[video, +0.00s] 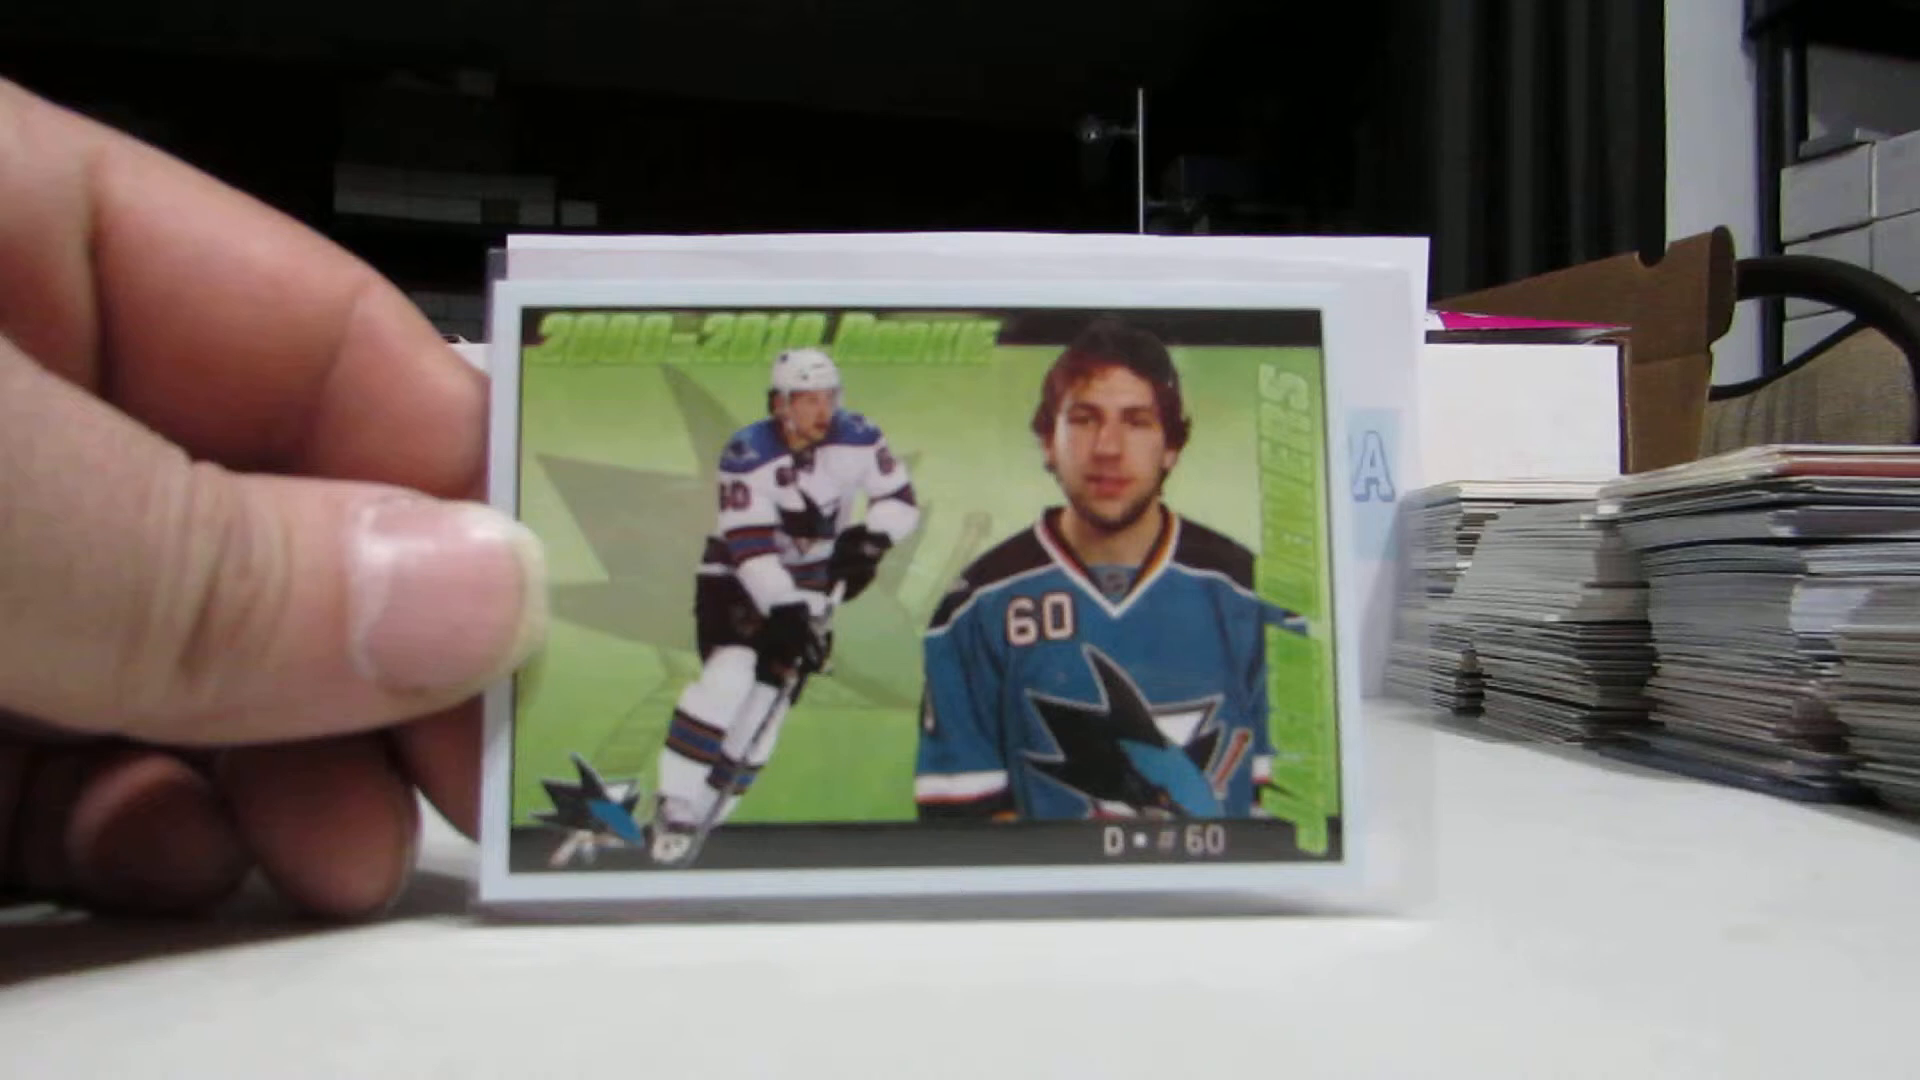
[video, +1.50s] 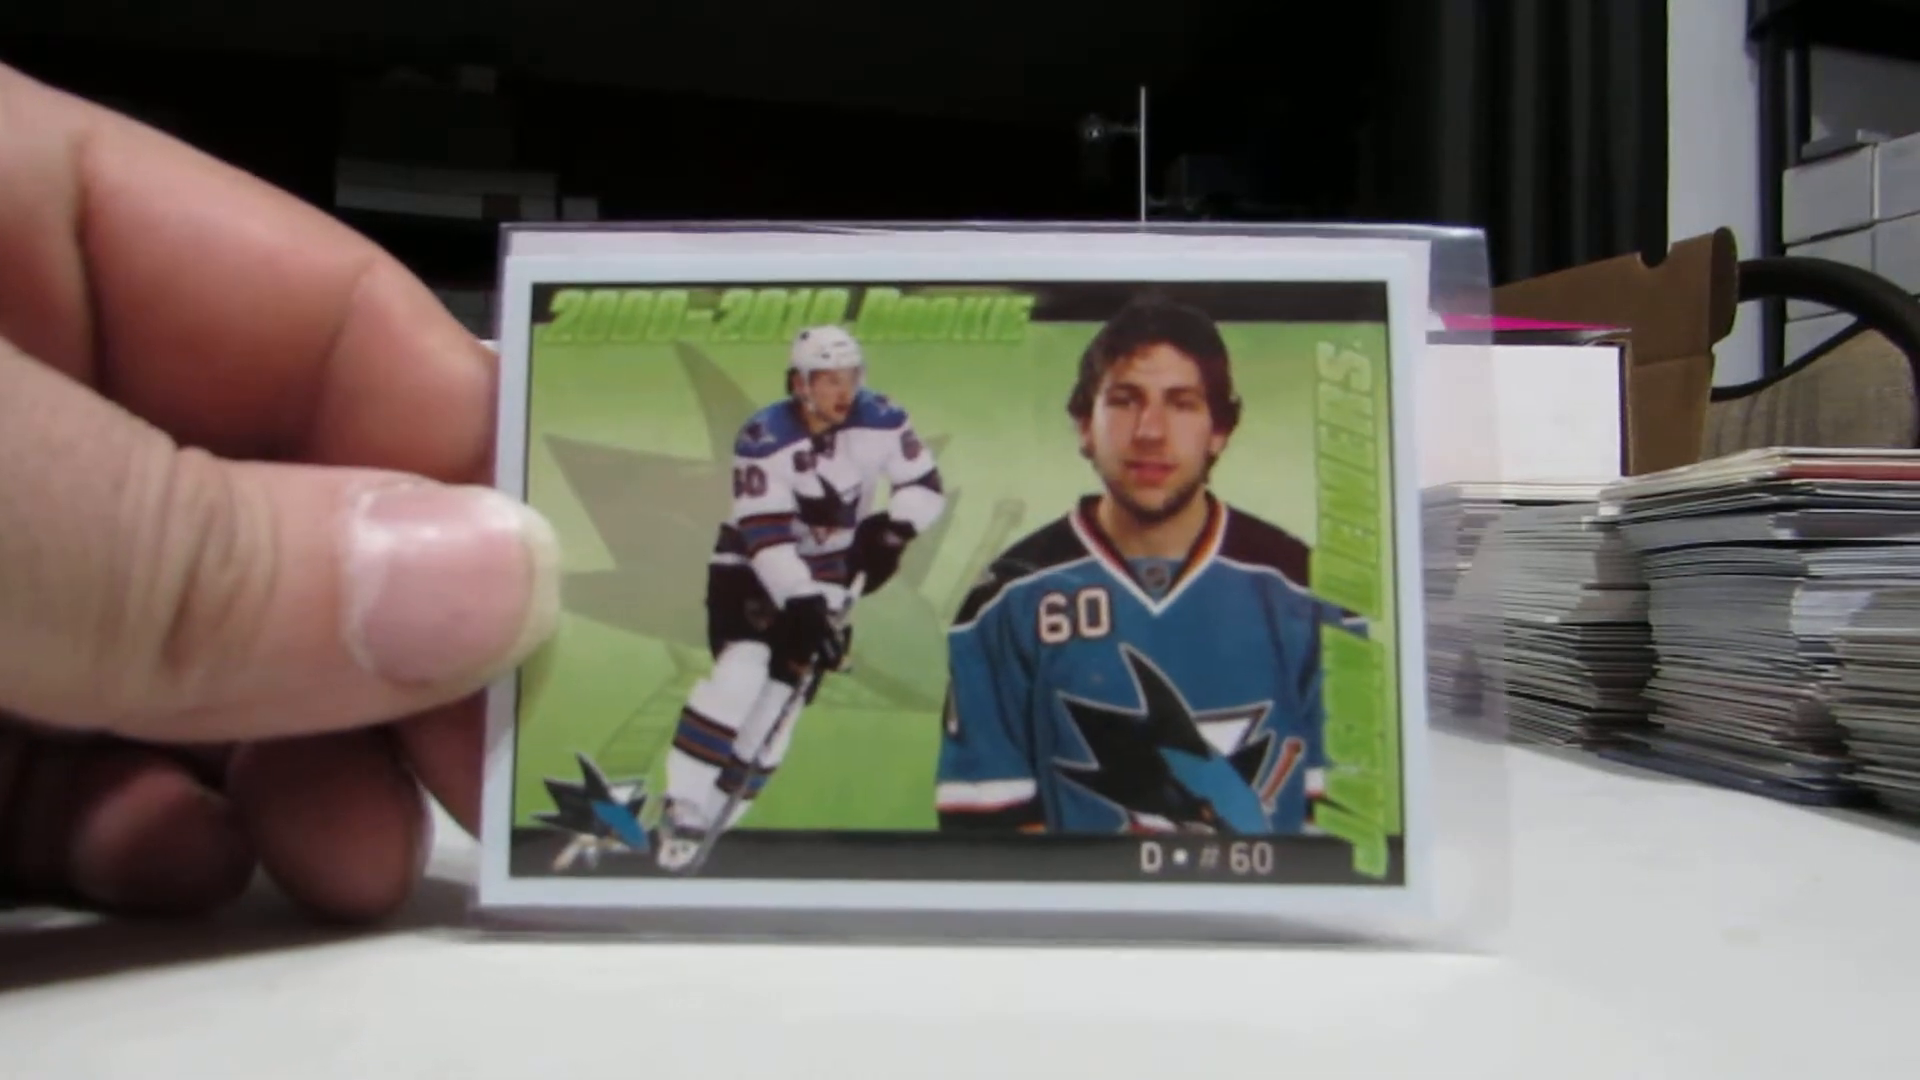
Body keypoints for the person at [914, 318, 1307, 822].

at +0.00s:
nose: (1108, 446)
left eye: (1135, 421)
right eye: (1084, 419)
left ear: (1170, 447)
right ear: (1048, 441)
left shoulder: (1247, 586)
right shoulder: (981, 603)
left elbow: (1286, 796)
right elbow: (962, 821)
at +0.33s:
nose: (1115, 448)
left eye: (1143, 424)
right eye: (1091, 421)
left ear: (1179, 450)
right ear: (1055, 444)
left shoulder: (1256, 592)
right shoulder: (986, 607)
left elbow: (1294, 803)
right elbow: (968, 822)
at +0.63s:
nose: (1118, 448)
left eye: (1146, 422)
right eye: (1093, 420)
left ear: (1181, 449)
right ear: (1057, 443)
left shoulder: (1264, 594)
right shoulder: (988, 608)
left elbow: (1301, 805)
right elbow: (972, 825)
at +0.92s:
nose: (1122, 445)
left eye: (1151, 421)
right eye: (1098, 418)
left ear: (1186, 448)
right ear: (1061, 442)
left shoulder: (1267, 591)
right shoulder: (992, 604)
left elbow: (1304, 803)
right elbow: (975, 824)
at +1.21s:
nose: (1133, 439)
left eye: (1163, 413)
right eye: (1108, 411)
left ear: (1199, 441)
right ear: (1071, 435)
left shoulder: (1282, 588)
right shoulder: (999, 600)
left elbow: (1320, 807)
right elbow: (977, 824)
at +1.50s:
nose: (1150, 429)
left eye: (1180, 403)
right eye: (1124, 401)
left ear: (1219, 431)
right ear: (1085, 428)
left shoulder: (1306, 585)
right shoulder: (1011, 598)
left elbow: (1345, 816)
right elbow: (988, 834)